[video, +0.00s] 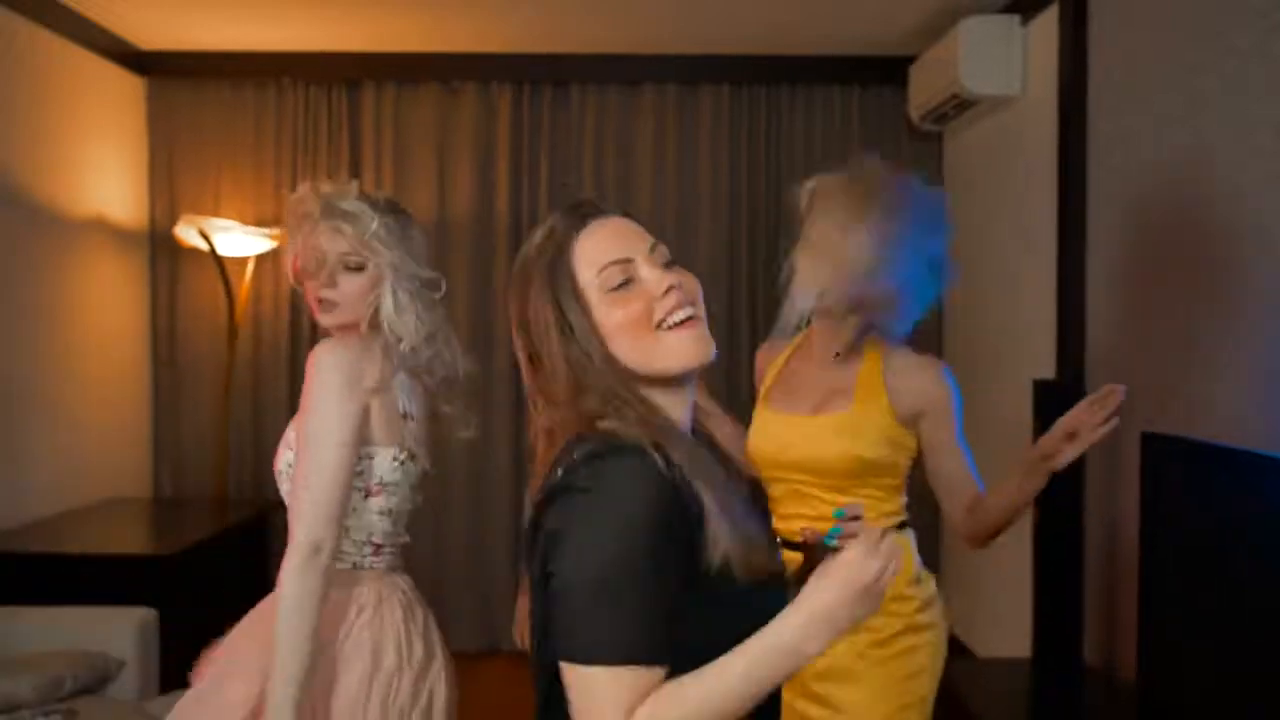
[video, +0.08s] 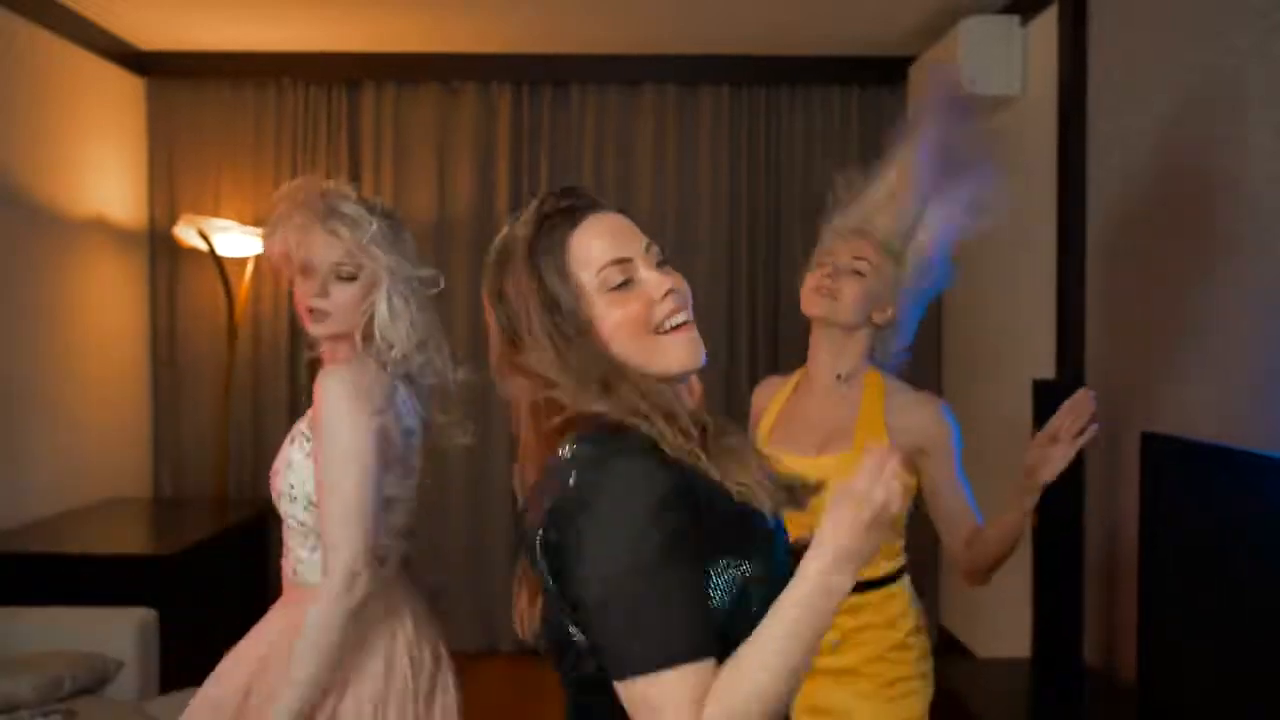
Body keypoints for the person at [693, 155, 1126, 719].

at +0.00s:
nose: (837, 269)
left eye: (860, 252)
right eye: (828, 245)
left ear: (891, 274)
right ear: (811, 255)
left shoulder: (915, 380)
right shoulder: (772, 362)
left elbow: (971, 524)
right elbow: (769, 473)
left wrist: (1042, 460)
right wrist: (694, 400)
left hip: (887, 619)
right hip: (796, 617)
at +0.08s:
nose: (831, 275)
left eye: (857, 270)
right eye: (822, 263)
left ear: (884, 310)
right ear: (802, 290)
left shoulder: (915, 416)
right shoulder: (768, 400)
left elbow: (971, 562)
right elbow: (750, 534)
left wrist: (1031, 485)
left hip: (877, 649)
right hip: (780, 644)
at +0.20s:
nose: (834, 309)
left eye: (856, 302)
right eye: (820, 299)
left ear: (884, 339)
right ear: (798, 328)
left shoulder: (927, 441)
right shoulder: (779, 440)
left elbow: (973, 587)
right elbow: (755, 560)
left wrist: (1032, 504)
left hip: (879, 673)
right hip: (787, 664)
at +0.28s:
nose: (851, 284)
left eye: (870, 277)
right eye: (834, 275)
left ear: (897, 303)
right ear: (810, 300)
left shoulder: (940, 416)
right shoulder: (780, 414)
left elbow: (995, 553)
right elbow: (747, 539)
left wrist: (1058, 464)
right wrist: (685, 430)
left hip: (885, 650)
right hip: (791, 646)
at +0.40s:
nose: (876, 283)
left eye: (892, 269)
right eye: (857, 271)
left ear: (918, 286)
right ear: (829, 291)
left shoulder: (955, 405)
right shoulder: (787, 406)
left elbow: (1035, 513)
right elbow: (759, 544)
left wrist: (1077, 388)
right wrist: (742, 663)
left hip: (912, 634)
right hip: (813, 633)